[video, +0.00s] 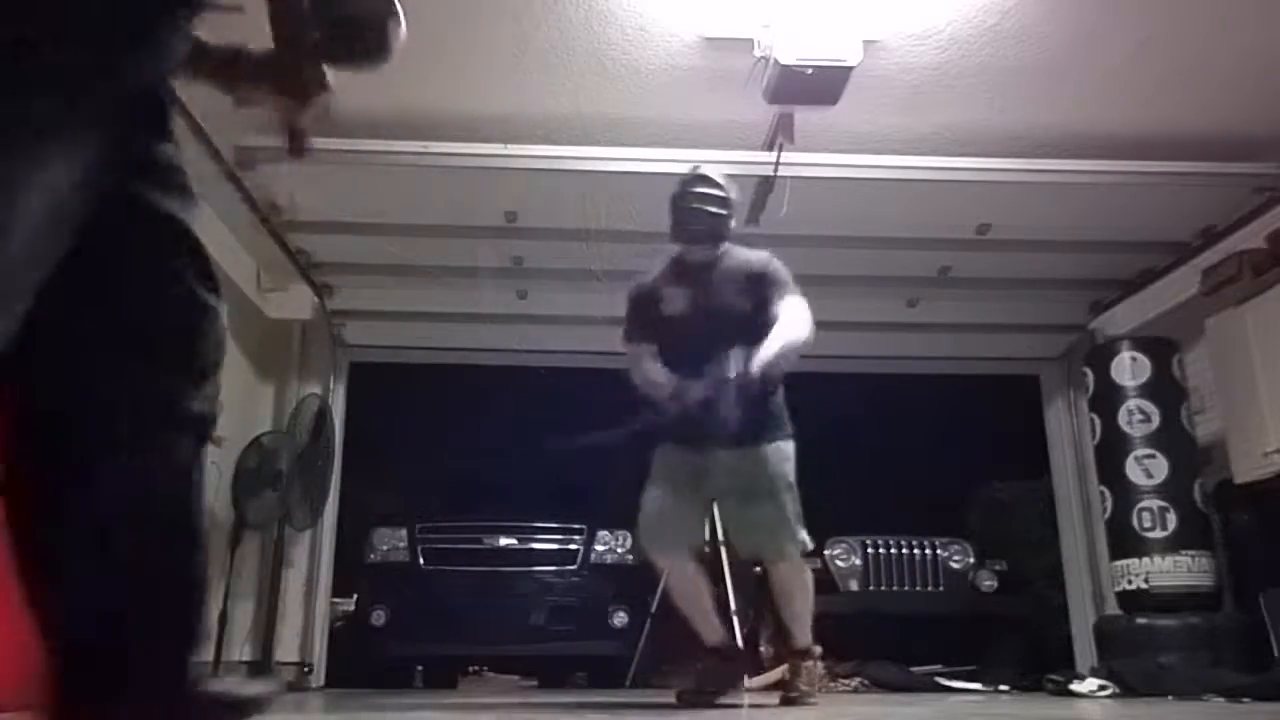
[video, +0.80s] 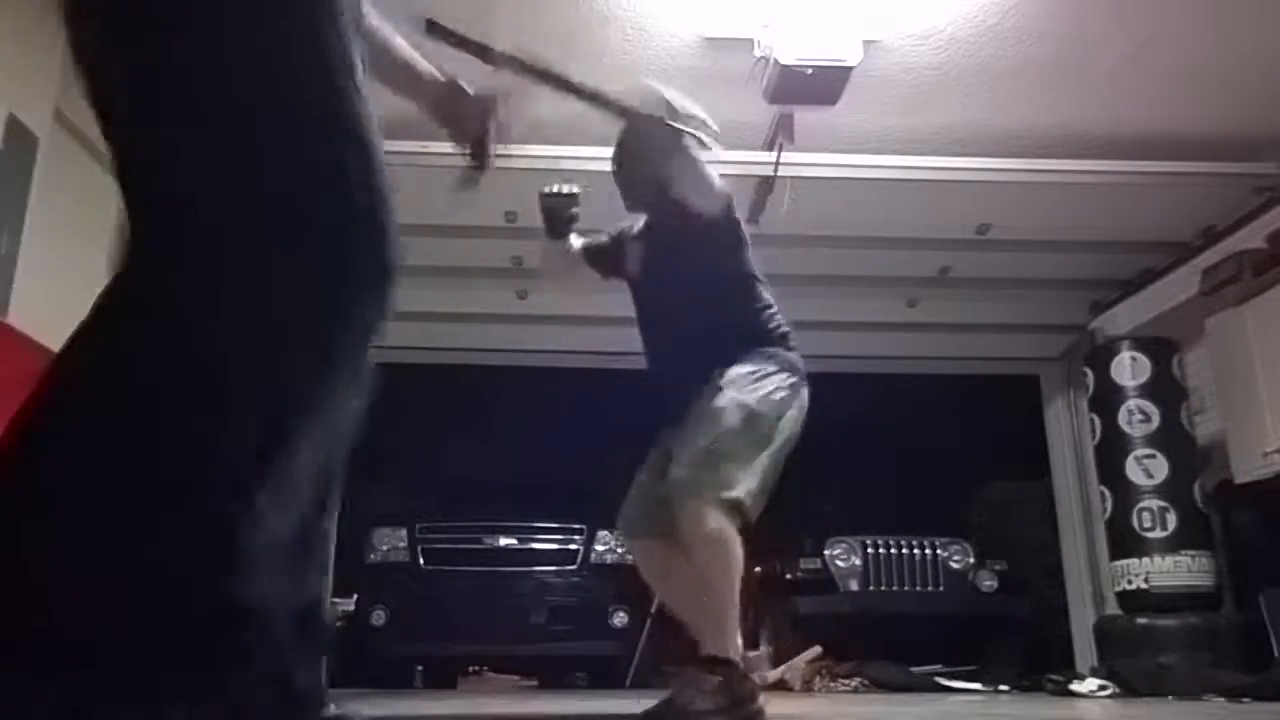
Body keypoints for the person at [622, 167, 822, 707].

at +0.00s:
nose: (698, 228)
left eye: (710, 218)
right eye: (688, 217)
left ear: (728, 222)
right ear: (673, 219)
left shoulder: (760, 271)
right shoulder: (650, 293)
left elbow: (796, 323)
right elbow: (641, 362)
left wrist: (756, 373)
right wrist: (676, 392)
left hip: (758, 442)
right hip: (684, 444)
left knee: (781, 544)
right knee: (663, 540)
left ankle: (805, 659)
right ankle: (720, 655)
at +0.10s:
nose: (707, 229)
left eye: (718, 219)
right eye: (697, 218)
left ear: (734, 226)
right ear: (680, 225)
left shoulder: (758, 269)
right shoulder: (658, 286)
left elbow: (809, 263)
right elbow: (643, 355)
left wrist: (749, 261)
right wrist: (682, 305)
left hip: (758, 437)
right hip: (682, 439)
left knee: (787, 548)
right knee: (656, 526)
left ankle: (801, 660)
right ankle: (689, 659)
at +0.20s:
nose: (707, 239)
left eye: (717, 230)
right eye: (698, 230)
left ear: (734, 229)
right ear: (679, 231)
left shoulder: (757, 270)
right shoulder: (661, 282)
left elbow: (796, 218)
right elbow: (626, 337)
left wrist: (738, 198)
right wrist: (675, 291)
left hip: (757, 443)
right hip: (680, 446)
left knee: (788, 560)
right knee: (654, 529)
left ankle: (799, 661)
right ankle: (690, 663)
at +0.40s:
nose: (653, 204)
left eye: (665, 192)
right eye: (647, 196)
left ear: (693, 196)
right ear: (644, 210)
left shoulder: (728, 247)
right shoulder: (649, 271)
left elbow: (722, 235)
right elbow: (597, 308)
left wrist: (663, 186)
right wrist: (583, 270)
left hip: (753, 429)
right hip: (681, 432)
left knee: (773, 559)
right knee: (651, 543)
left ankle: (787, 647)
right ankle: (689, 669)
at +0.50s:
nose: (645, 198)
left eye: (655, 186)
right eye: (639, 188)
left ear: (681, 191)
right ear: (629, 195)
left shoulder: (708, 227)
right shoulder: (635, 263)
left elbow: (644, 225)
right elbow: (577, 295)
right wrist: (585, 228)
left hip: (750, 410)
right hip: (682, 417)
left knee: (759, 538)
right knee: (651, 542)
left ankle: (796, 631)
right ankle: (690, 669)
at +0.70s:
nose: (631, 185)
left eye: (641, 175)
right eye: (627, 175)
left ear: (670, 170)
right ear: (620, 177)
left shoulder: (707, 205)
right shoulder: (629, 246)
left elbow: (642, 185)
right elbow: (561, 257)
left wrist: (577, 178)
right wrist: (544, 203)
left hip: (758, 375)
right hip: (688, 404)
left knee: (721, 488)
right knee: (650, 535)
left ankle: (741, 665)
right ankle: (699, 666)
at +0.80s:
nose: (621, 175)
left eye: (632, 162)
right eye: (619, 164)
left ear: (666, 164)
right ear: (625, 174)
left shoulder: (705, 211)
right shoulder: (636, 244)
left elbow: (699, 183)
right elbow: (585, 253)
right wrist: (561, 230)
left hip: (759, 369)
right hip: (695, 396)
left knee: (696, 497)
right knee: (644, 531)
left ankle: (724, 668)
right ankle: (735, 663)